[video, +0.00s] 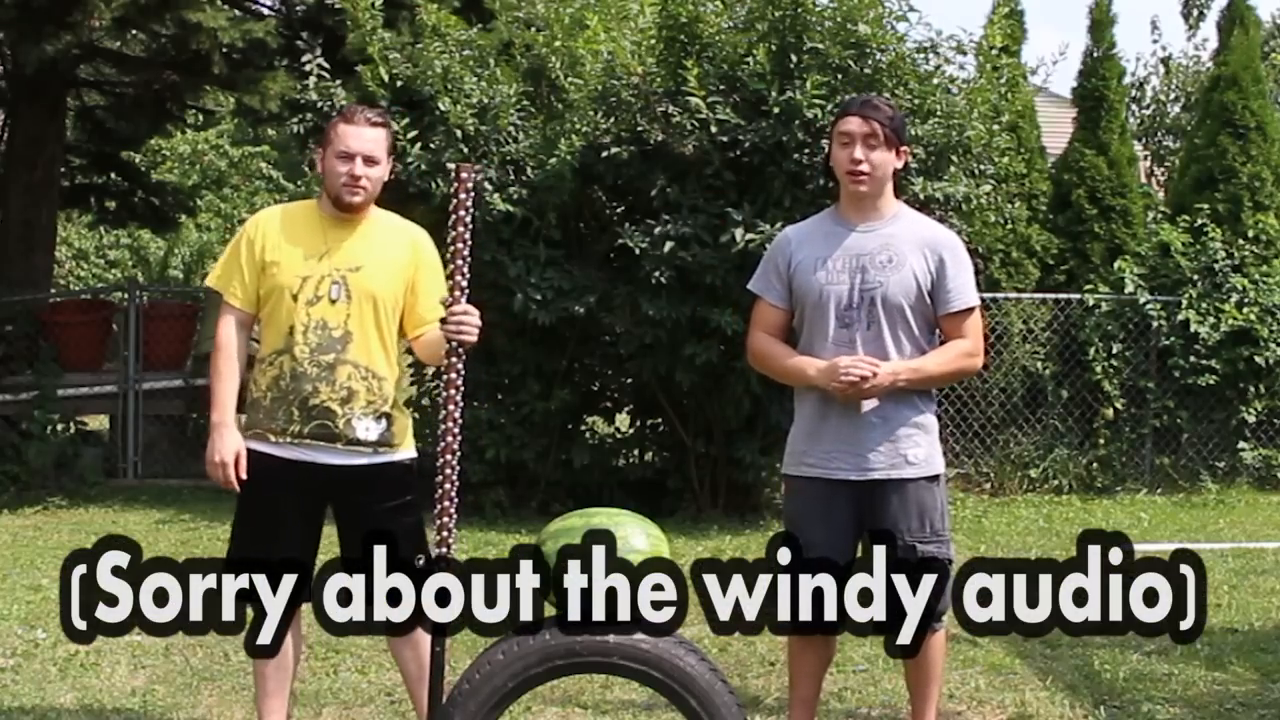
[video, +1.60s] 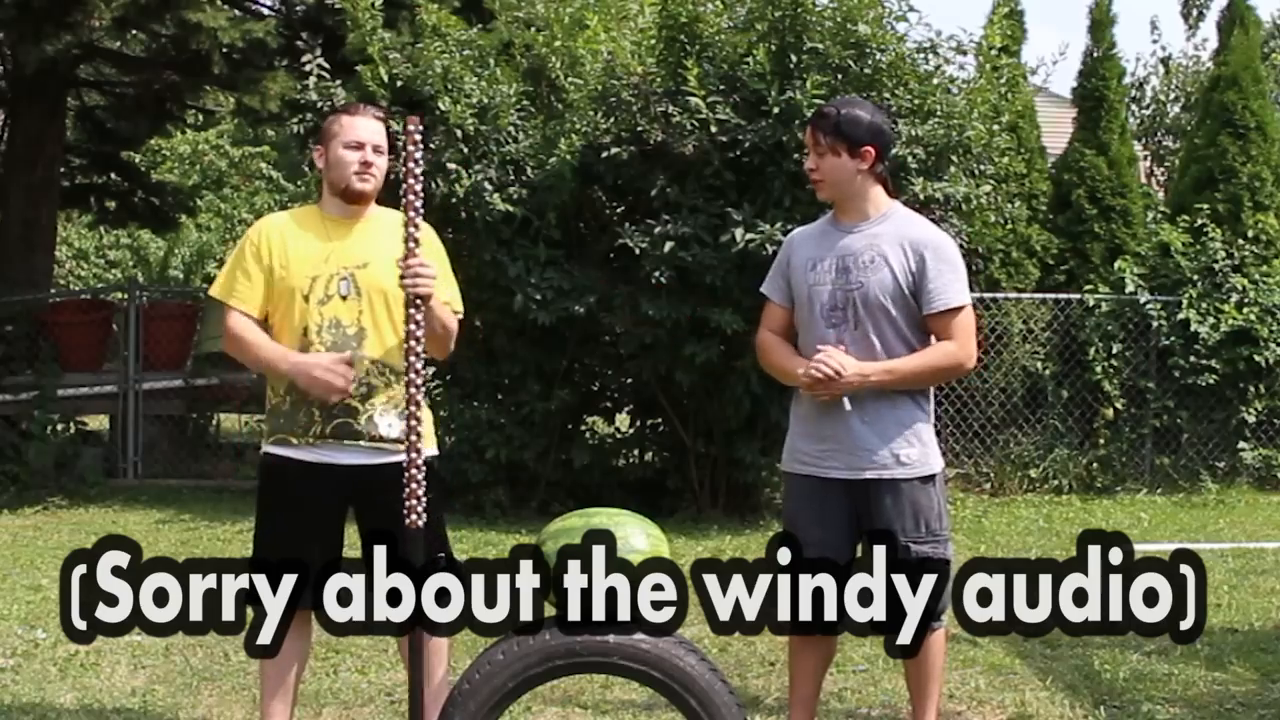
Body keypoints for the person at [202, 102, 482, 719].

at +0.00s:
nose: (357, 170)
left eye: (371, 160)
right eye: (345, 156)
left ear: (388, 171)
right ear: (319, 159)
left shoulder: (411, 243)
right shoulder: (266, 230)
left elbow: (427, 344)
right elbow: (233, 325)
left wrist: (455, 336)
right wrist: (222, 423)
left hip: (378, 459)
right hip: (279, 454)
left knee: (406, 604)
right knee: (272, 603)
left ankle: (435, 715)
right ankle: (273, 718)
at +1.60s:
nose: (368, 159)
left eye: (378, 150)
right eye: (354, 147)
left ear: (389, 162)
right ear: (320, 156)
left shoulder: (415, 237)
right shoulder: (273, 234)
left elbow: (443, 347)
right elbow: (236, 330)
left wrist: (428, 304)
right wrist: (294, 365)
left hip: (398, 456)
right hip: (300, 455)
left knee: (428, 602)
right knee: (285, 603)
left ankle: (432, 718)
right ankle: (275, 716)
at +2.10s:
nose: (368, 165)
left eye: (377, 154)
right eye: (353, 153)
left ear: (387, 163)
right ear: (319, 161)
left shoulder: (413, 239)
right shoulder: (278, 233)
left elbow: (440, 321)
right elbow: (267, 322)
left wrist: (458, 360)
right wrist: (351, 303)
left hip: (406, 451)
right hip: (307, 452)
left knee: (429, 599)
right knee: (291, 600)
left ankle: (436, 715)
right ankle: (275, 715)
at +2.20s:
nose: (373, 172)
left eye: (382, 160)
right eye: (359, 159)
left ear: (391, 166)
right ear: (325, 162)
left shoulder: (413, 242)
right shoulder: (281, 230)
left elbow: (440, 331)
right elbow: (270, 299)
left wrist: (464, 396)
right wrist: (357, 258)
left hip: (404, 452)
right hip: (306, 453)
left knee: (428, 599)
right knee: (291, 601)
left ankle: (438, 716)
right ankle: (275, 716)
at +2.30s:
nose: (381, 164)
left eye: (387, 153)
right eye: (367, 153)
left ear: (396, 161)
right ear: (330, 160)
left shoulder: (414, 245)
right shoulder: (285, 219)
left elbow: (438, 335)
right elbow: (274, 262)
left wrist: (459, 404)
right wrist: (353, 197)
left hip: (403, 449)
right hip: (306, 449)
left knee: (427, 596)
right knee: (292, 597)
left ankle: (438, 715)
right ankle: (275, 715)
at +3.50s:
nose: (398, 157)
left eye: (409, 148)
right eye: (385, 146)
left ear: (426, 163)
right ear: (357, 158)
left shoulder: (448, 240)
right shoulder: (314, 221)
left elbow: (462, 336)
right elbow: (317, 292)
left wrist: (445, 407)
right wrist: (384, 277)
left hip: (417, 453)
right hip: (320, 449)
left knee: (430, 599)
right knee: (292, 600)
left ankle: (438, 715)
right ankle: (271, 715)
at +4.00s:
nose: (409, 164)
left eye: (422, 154)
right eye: (396, 151)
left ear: (440, 167)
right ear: (371, 159)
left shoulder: (456, 245)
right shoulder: (330, 223)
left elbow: (473, 342)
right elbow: (329, 322)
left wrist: (481, 423)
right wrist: (396, 374)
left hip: (425, 454)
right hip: (328, 449)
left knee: (437, 597)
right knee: (295, 595)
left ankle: (439, 716)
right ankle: (269, 714)